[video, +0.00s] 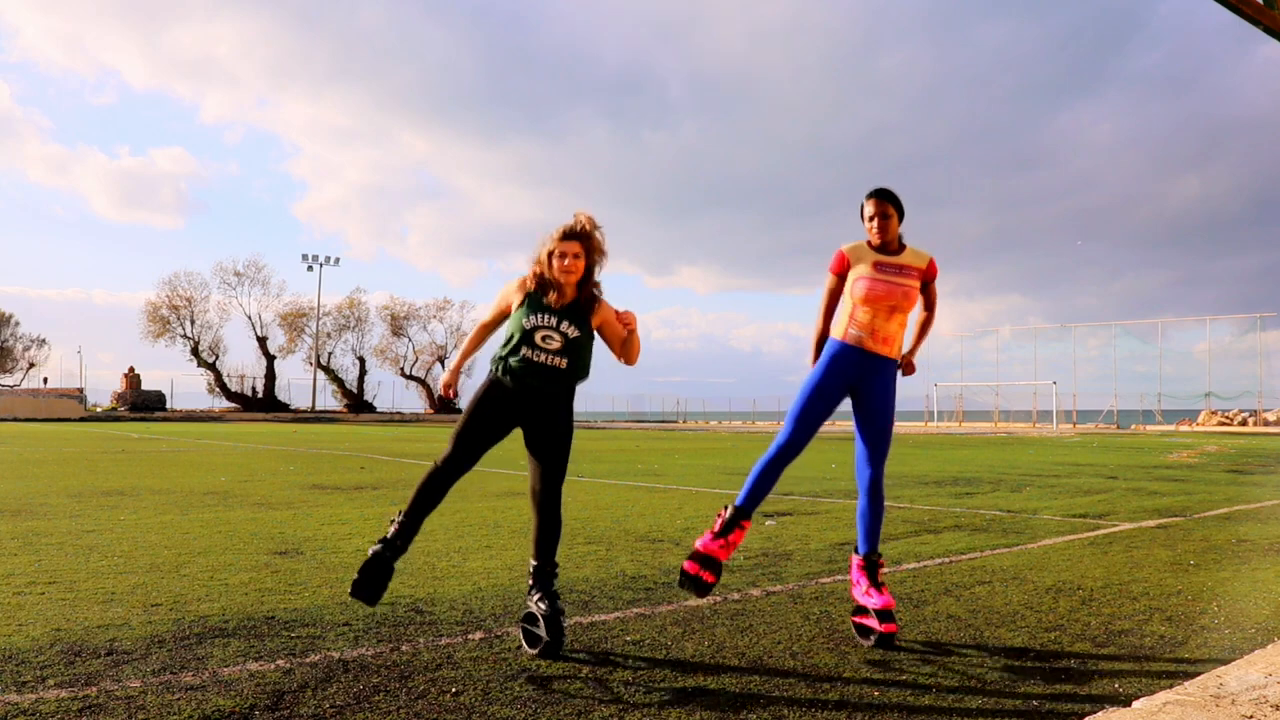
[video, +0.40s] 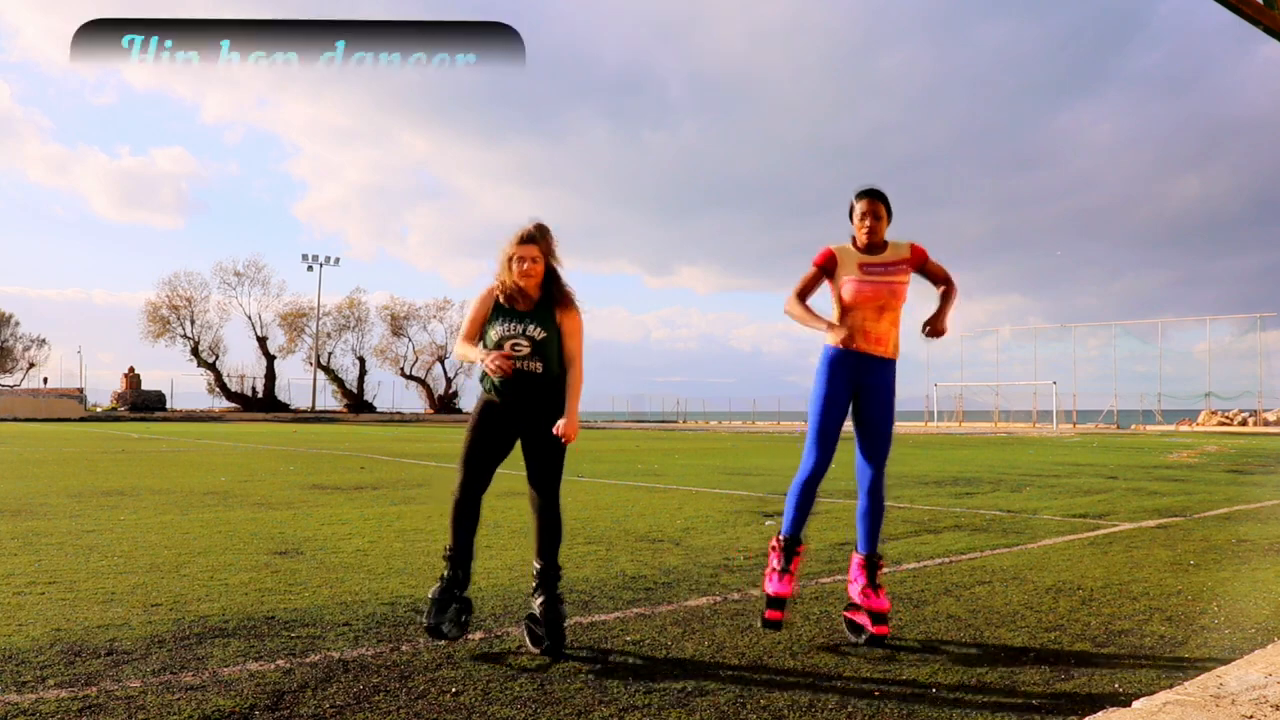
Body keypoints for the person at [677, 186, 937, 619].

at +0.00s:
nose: (877, 224)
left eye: (885, 216)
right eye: (871, 218)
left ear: (900, 220)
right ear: (864, 223)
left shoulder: (922, 265)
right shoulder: (850, 256)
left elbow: (929, 309)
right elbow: (828, 307)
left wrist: (911, 351)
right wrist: (816, 356)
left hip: (882, 371)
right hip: (838, 359)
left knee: (872, 477)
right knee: (788, 443)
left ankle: (867, 570)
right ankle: (731, 525)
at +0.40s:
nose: (867, 223)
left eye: (874, 216)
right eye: (861, 216)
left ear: (888, 221)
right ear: (851, 222)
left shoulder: (910, 255)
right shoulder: (835, 257)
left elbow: (948, 284)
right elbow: (793, 303)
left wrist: (940, 315)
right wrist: (827, 327)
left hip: (880, 370)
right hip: (838, 365)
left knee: (873, 476)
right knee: (815, 462)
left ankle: (865, 570)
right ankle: (785, 553)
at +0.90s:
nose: (837, 223)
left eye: (844, 217)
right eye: (831, 215)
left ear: (853, 221)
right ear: (816, 217)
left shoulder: (871, 255)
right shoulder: (798, 264)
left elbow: (887, 310)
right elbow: (795, 326)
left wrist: (896, 357)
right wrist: (820, 263)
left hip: (885, 357)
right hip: (842, 369)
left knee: (949, 438)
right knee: (853, 473)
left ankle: (1009, 515)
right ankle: (860, 573)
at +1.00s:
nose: (836, 218)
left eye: (843, 211)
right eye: (830, 210)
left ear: (852, 215)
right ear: (814, 212)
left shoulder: (871, 248)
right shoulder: (799, 257)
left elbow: (891, 307)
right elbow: (795, 320)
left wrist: (902, 359)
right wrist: (817, 260)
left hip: (886, 353)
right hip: (841, 364)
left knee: (951, 437)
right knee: (851, 467)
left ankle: (1014, 512)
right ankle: (856, 569)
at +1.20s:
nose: (842, 250)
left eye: (848, 243)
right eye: (835, 242)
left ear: (857, 247)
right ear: (821, 245)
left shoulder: (876, 285)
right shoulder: (802, 291)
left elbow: (908, 343)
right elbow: (789, 347)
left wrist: (939, 398)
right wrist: (819, 290)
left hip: (888, 390)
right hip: (841, 398)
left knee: (947, 473)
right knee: (843, 497)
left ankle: (1009, 547)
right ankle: (849, 594)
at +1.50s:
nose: (886, 221)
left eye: (893, 213)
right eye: (878, 215)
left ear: (907, 213)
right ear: (869, 217)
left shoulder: (929, 255)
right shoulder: (856, 253)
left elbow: (941, 318)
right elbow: (825, 312)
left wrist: (903, 300)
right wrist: (798, 366)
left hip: (906, 365)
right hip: (860, 360)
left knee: (908, 470)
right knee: (825, 453)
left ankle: (904, 568)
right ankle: (787, 545)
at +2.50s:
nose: (876, 237)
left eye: (883, 231)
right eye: (869, 231)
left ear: (895, 239)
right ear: (859, 239)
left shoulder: (918, 276)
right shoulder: (845, 282)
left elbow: (927, 339)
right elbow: (833, 341)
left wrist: (933, 390)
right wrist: (859, 284)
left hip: (919, 384)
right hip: (873, 390)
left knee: (967, 473)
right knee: (880, 490)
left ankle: (1030, 558)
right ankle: (903, 590)